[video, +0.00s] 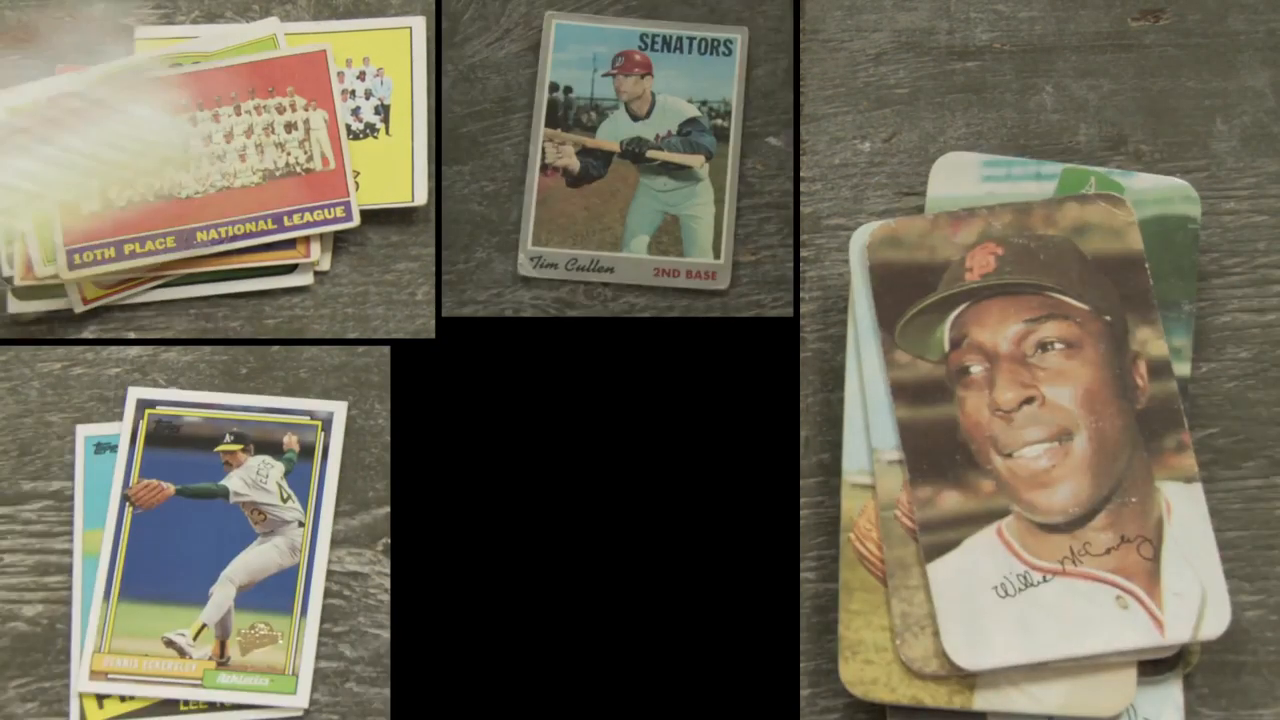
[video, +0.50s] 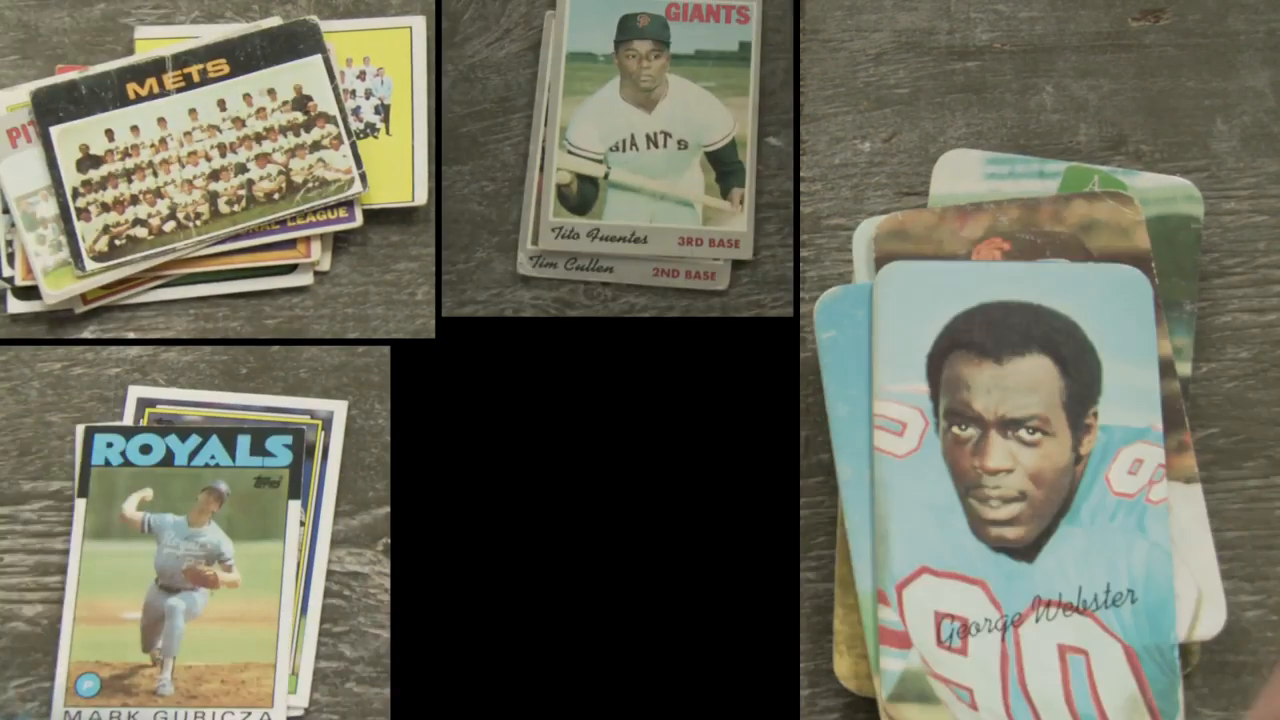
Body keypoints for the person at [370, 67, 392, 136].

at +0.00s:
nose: (381, 73)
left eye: (382, 72)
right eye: (380, 72)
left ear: (384, 72)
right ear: (377, 73)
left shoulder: (388, 80)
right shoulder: (374, 80)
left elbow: (390, 90)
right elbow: (373, 90)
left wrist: (385, 97)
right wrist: (378, 96)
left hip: (386, 101)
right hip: (377, 101)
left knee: (386, 117)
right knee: (377, 116)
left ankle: (387, 131)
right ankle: (376, 131)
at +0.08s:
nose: (381, 73)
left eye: (382, 71)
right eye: (380, 71)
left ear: (384, 72)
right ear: (377, 72)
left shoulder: (388, 80)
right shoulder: (374, 80)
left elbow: (390, 90)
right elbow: (373, 90)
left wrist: (385, 96)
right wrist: (378, 96)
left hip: (386, 101)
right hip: (378, 100)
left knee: (387, 117)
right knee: (378, 116)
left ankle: (387, 130)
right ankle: (376, 130)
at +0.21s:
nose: (381, 73)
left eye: (382, 71)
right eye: (379, 71)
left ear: (383, 72)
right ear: (377, 72)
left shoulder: (387, 80)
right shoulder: (374, 80)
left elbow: (389, 90)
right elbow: (373, 90)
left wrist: (385, 97)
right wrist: (378, 96)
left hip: (386, 101)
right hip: (377, 101)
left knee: (386, 117)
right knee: (377, 116)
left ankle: (387, 131)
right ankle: (376, 131)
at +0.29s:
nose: (381, 73)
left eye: (382, 71)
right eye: (380, 71)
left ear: (384, 72)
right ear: (378, 72)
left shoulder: (388, 80)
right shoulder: (374, 80)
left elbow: (390, 89)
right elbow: (373, 90)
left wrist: (385, 96)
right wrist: (378, 96)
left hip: (387, 101)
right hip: (378, 100)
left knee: (387, 117)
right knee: (378, 116)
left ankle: (387, 130)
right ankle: (376, 130)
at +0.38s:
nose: (381, 73)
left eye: (382, 71)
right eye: (380, 72)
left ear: (384, 72)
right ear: (377, 72)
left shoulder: (388, 80)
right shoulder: (374, 80)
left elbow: (390, 89)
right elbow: (373, 90)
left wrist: (385, 96)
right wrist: (378, 96)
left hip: (387, 101)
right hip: (378, 100)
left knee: (387, 117)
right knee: (378, 116)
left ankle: (387, 130)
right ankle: (376, 130)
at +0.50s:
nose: (381, 73)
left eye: (382, 71)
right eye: (380, 71)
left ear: (384, 72)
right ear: (378, 72)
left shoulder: (388, 80)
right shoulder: (374, 80)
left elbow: (390, 89)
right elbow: (373, 90)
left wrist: (385, 96)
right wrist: (378, 96)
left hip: (387, 101)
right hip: (378, 100)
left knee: (387, 117)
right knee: (378, 116)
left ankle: (387, 131)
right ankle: (376, 131)